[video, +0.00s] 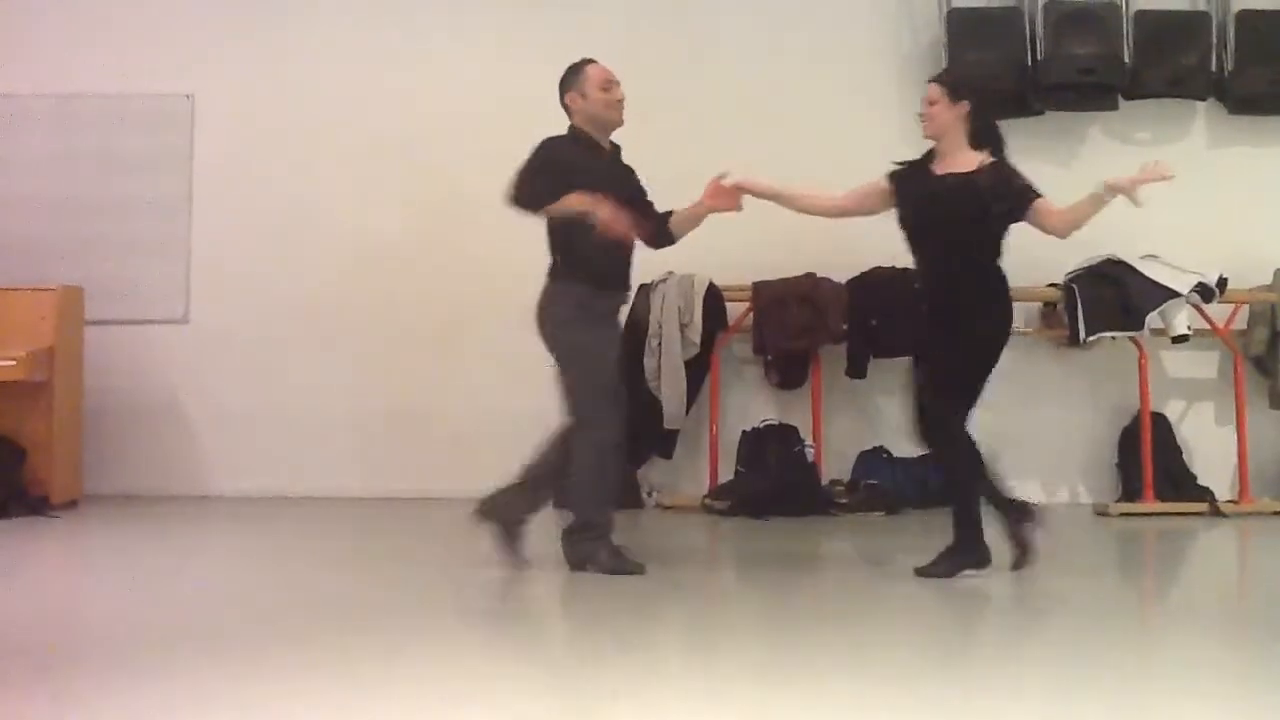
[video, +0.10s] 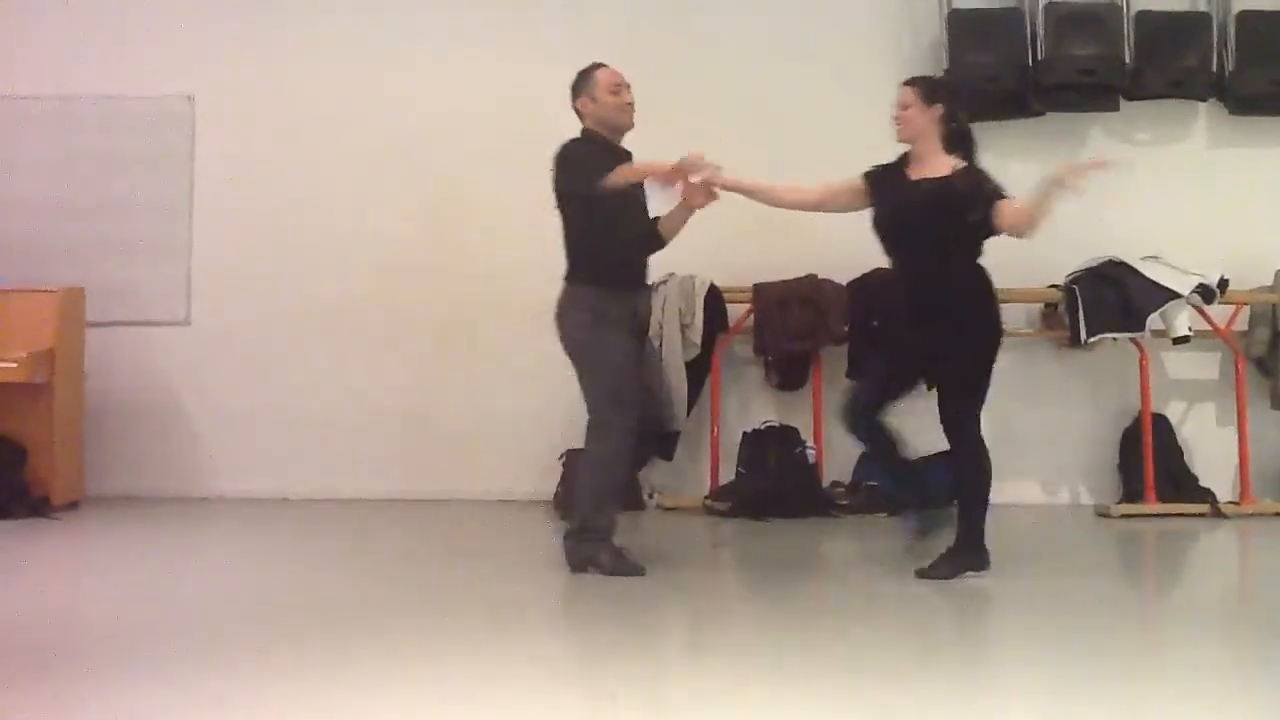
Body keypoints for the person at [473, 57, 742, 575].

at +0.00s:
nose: (620, 95)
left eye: (619, 86)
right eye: (607, 88)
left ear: (609, 101)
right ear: (575, 102)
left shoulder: (618, 170)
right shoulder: (559, 151)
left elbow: (656, 232)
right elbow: (524, 196)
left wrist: (703, 206)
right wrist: (590, 204)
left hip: (603, 310)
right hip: (571, 305)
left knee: (600, 420)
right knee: (600, 419)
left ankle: (510, 505)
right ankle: (587, 540)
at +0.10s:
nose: (629, 98)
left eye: (628, 91)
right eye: (616, 91)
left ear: (625, 102)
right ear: (585, 105)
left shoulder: (624, 171)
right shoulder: (577, 153)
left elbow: (643, 242)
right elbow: (604, 180)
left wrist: (686, 206)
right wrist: (665, 171)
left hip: (625, 309)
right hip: (592, 307)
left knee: (646, 420)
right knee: (614, 417)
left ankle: (588, 505)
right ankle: (589, 541)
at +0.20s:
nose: (637, 102)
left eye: (638, 95)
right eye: (624, 96)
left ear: (639, 106)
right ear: (595, 110)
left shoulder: (634, 168)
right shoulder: (590, 157)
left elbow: (654, 235)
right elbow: (634, 165)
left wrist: (686, 198)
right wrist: (690, 152)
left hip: (639, 311)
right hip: (602, 311)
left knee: (673, 408)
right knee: (620, 418)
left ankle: (645, 512)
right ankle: (591, 538)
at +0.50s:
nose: (672, 110)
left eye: (677, 103)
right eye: (660, 104)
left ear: (688, 113)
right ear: (643, 119)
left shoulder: (692, 168)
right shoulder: (633, 162)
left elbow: (720, 210)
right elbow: (606, 165)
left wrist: (713, 157)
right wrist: (663, 133)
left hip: (703, 311)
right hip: (657, 311)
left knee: (716, 421)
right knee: (641, 421)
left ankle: (710, 523)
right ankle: (603, 531)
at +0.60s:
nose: (692, 114)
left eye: (695, 108)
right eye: (681, 107)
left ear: (703, 119)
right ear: (659, 122)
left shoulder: (720, 176)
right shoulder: (652, 175)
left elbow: (764, 196)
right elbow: (596, 178)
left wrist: (742, 151)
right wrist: (624, 134)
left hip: (712, 312)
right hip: (664, 310)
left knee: (724, 418)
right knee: (681, 415)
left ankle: (711, 523)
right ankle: (625, 512)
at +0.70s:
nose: (694, 116)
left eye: (701, 108)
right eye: (684, 110)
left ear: (716, 122)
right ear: (668, 124)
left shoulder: (731, 179)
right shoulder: (655, 174)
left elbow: (751, 238)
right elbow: (594, 177)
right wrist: (614, 129)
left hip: (717, 307)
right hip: (665, 306)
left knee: (722, 413)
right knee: (698, 403)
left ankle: (711, 521)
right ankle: (643, 486)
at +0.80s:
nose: (700, 112)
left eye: (707, 106)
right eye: (690, 108)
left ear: (723, 121)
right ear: (674, 126)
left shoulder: (742, 168)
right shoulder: (662, 171)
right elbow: (599, 164)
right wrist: (626, 115)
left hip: (728, 302)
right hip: (672, 303)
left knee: (721, 411)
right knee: (695, 404)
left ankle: (708, 516)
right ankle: (660, 477)